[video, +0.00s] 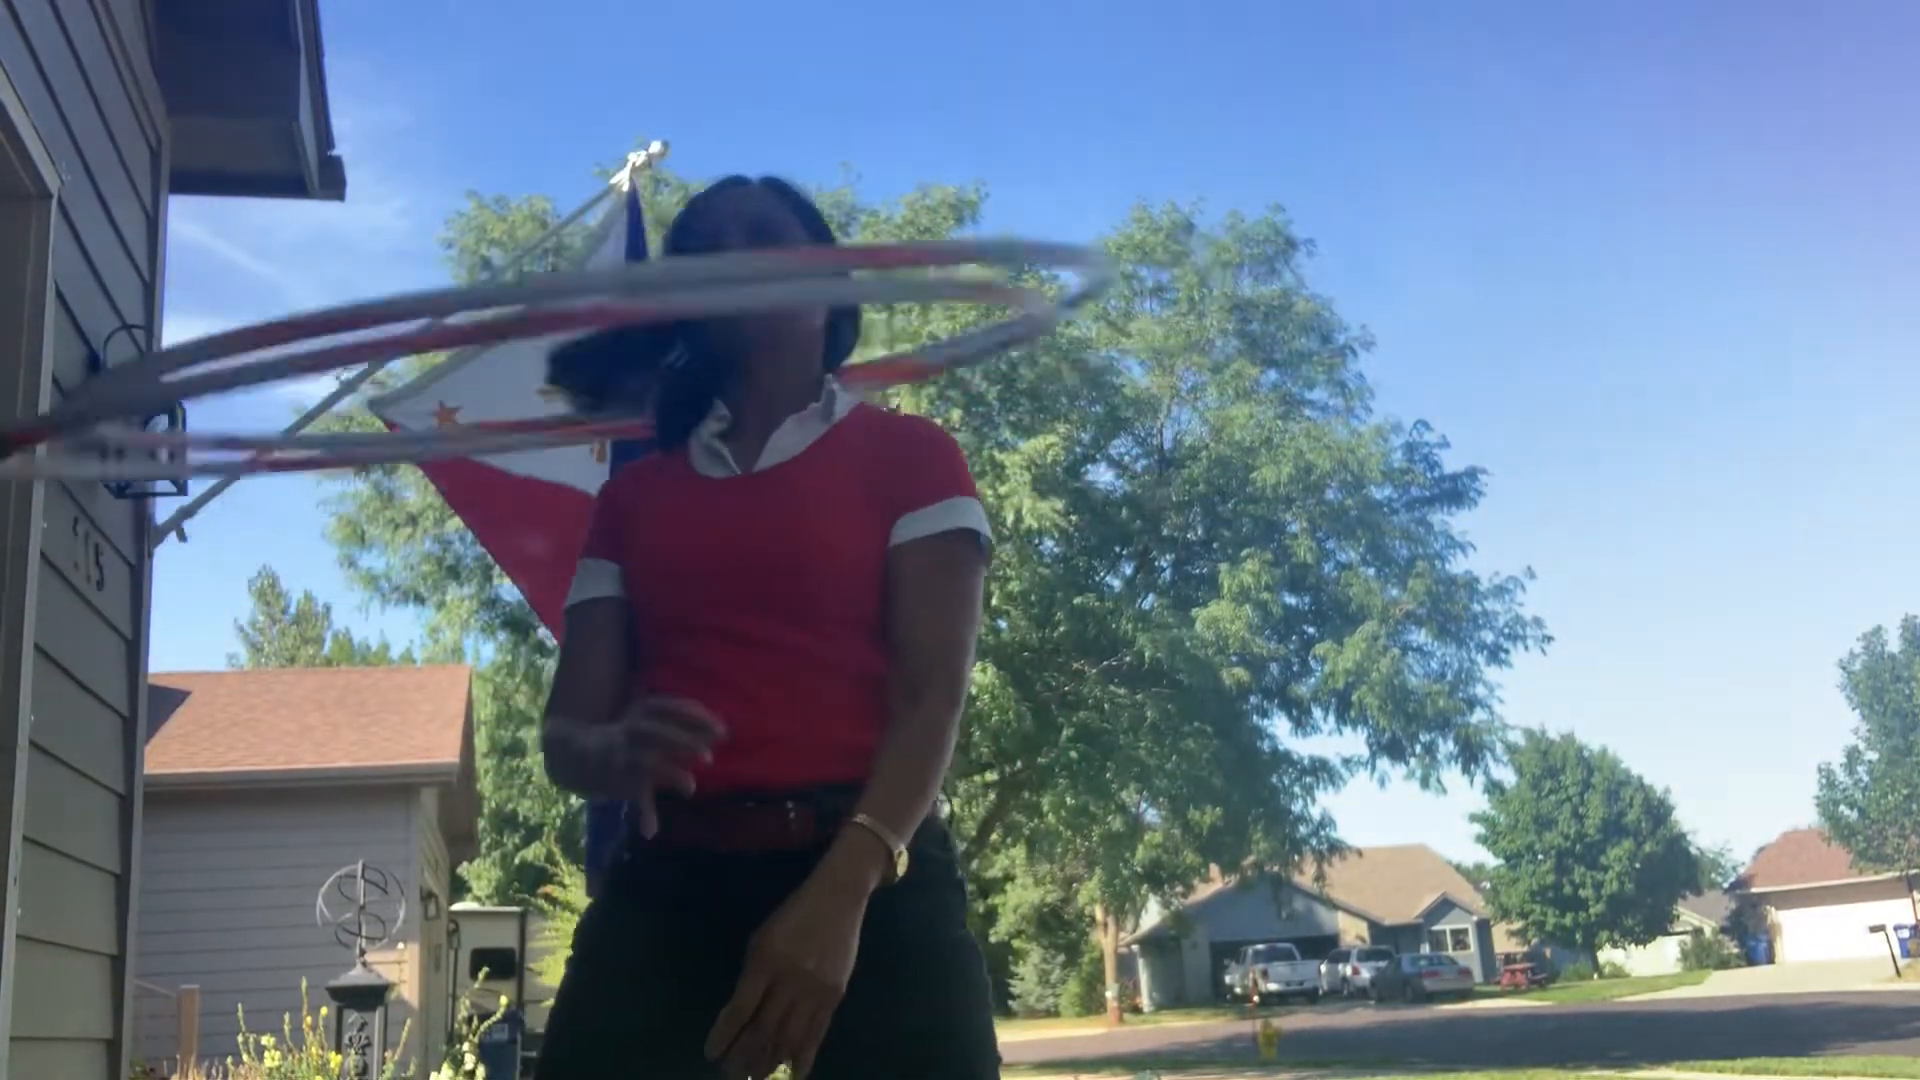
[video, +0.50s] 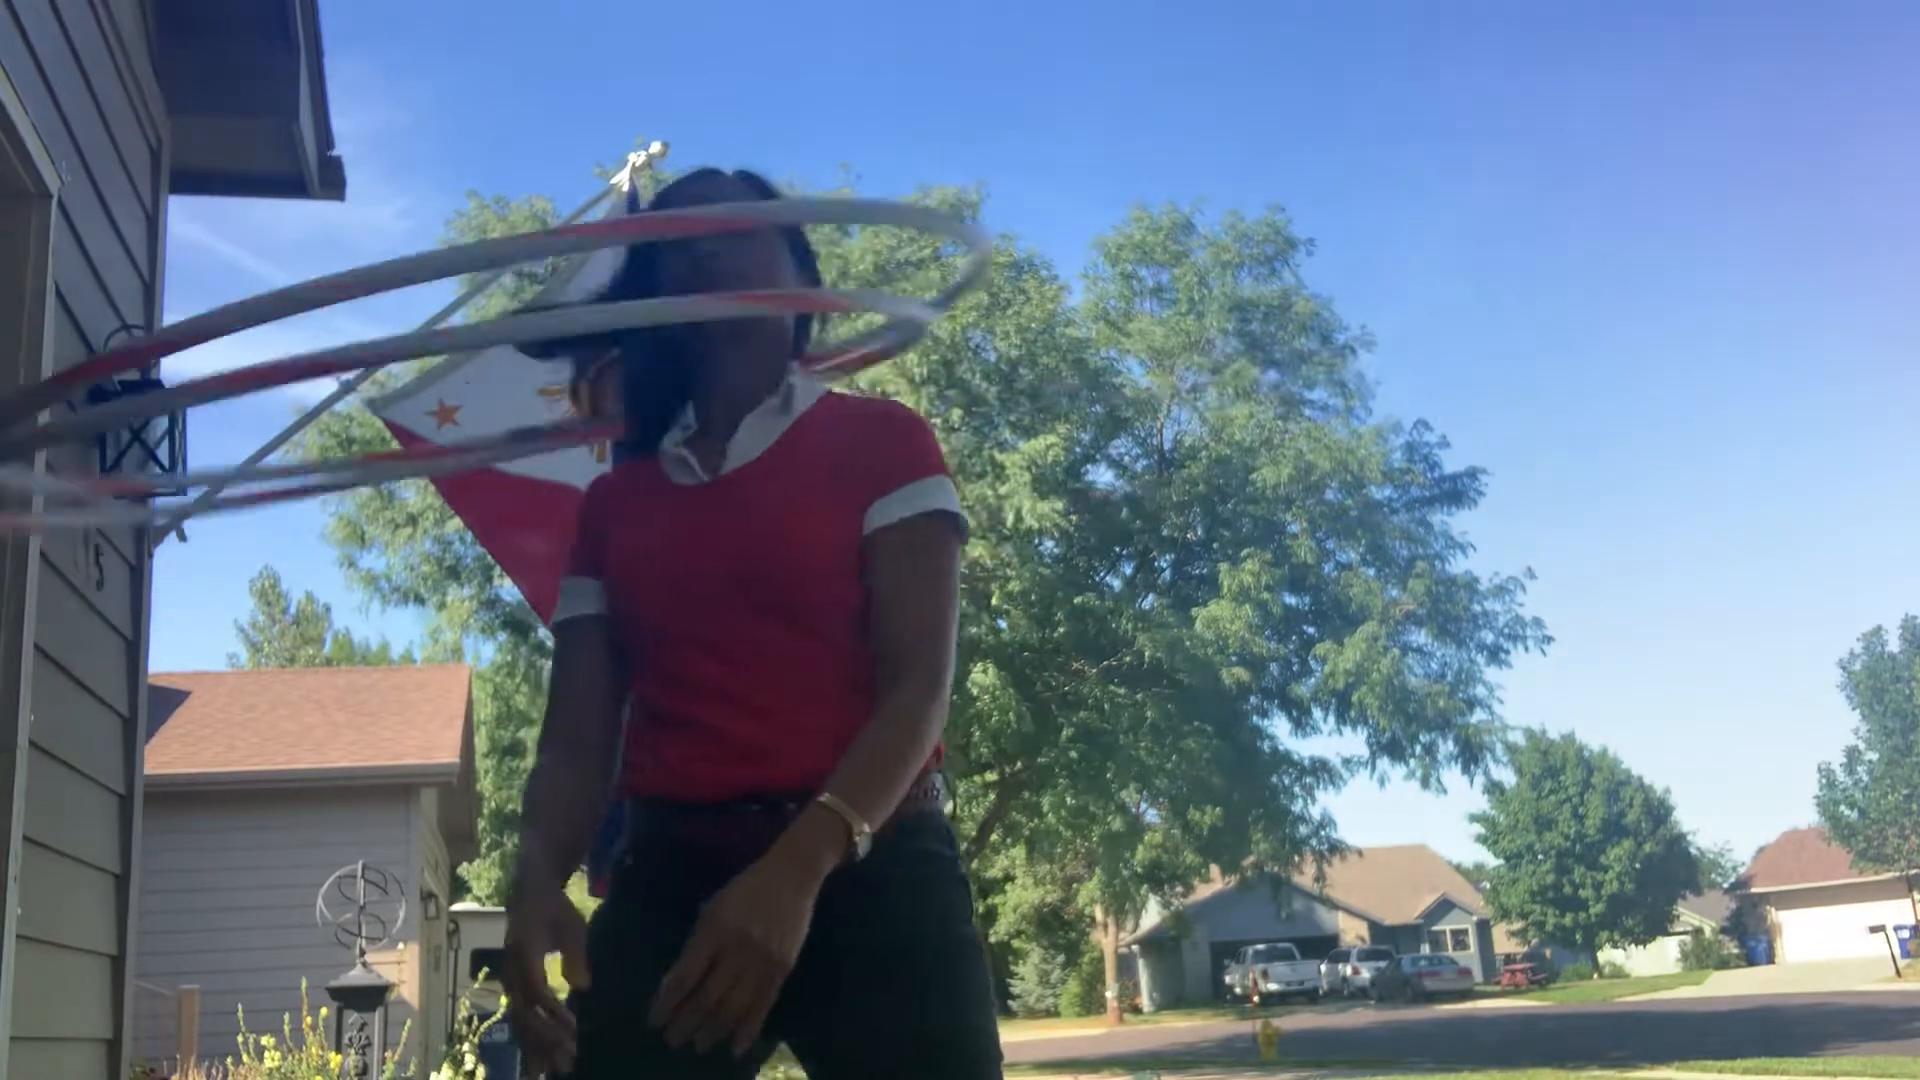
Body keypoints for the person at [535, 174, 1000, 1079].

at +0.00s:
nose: (743, 261)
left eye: (771, 238)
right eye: (712, 249)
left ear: (829, 280)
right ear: (680, 298)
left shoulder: (909, 454)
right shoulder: (636, 491)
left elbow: (932, 698)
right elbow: (569, 730)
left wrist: (841, 887)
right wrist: (611, 754)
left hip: (874, 877)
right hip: (670, 878)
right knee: (590, 1063)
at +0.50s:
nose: (725, 256)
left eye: (750, 236)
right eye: (695, 241)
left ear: (802, 285)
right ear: (658, 290)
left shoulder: (880, 438)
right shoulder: (616, 501)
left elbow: (918, 690)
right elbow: (576, 734)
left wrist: (800, 863)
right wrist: (538, 883)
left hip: (873, 874)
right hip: (669, 884)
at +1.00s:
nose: (697, 219)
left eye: (728, 200)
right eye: (662, 207)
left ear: (781, 254)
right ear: (626, 261)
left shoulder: (869, 416)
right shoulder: (581, 480)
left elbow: (934, 668)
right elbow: (563, 730)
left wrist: (870, 878)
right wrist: (542, 975)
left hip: (876, 866)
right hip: (665, 880)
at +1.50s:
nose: (707, 218)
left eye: (742, 202)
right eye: (675, 205)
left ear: (792, 261)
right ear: (636, 262)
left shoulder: (869, 411)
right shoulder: (583, 471)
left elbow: (929, 660)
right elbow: (546, 713)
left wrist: (809, 838)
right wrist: (498, 937)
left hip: (864, 860)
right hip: (648, 866)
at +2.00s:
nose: (675, 205)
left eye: (708, 184)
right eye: (642, 191)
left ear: (767, 230)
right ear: (610, 242)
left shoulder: (840, 390)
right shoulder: (578, 472)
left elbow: (913, 666)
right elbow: (557, 739)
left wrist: (821, 910)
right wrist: (491, 990)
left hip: (865, 862)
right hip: (652, 871)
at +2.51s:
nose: (722, 222)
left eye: (759, 204)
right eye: (698, 217)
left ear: (829, 261)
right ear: (673, 280)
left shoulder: (874, 402)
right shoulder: (626, 471)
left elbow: (875, 656)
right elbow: (563, 711)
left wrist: (695, 840)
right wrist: (442, 887)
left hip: (866, 861)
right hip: (653, 877)